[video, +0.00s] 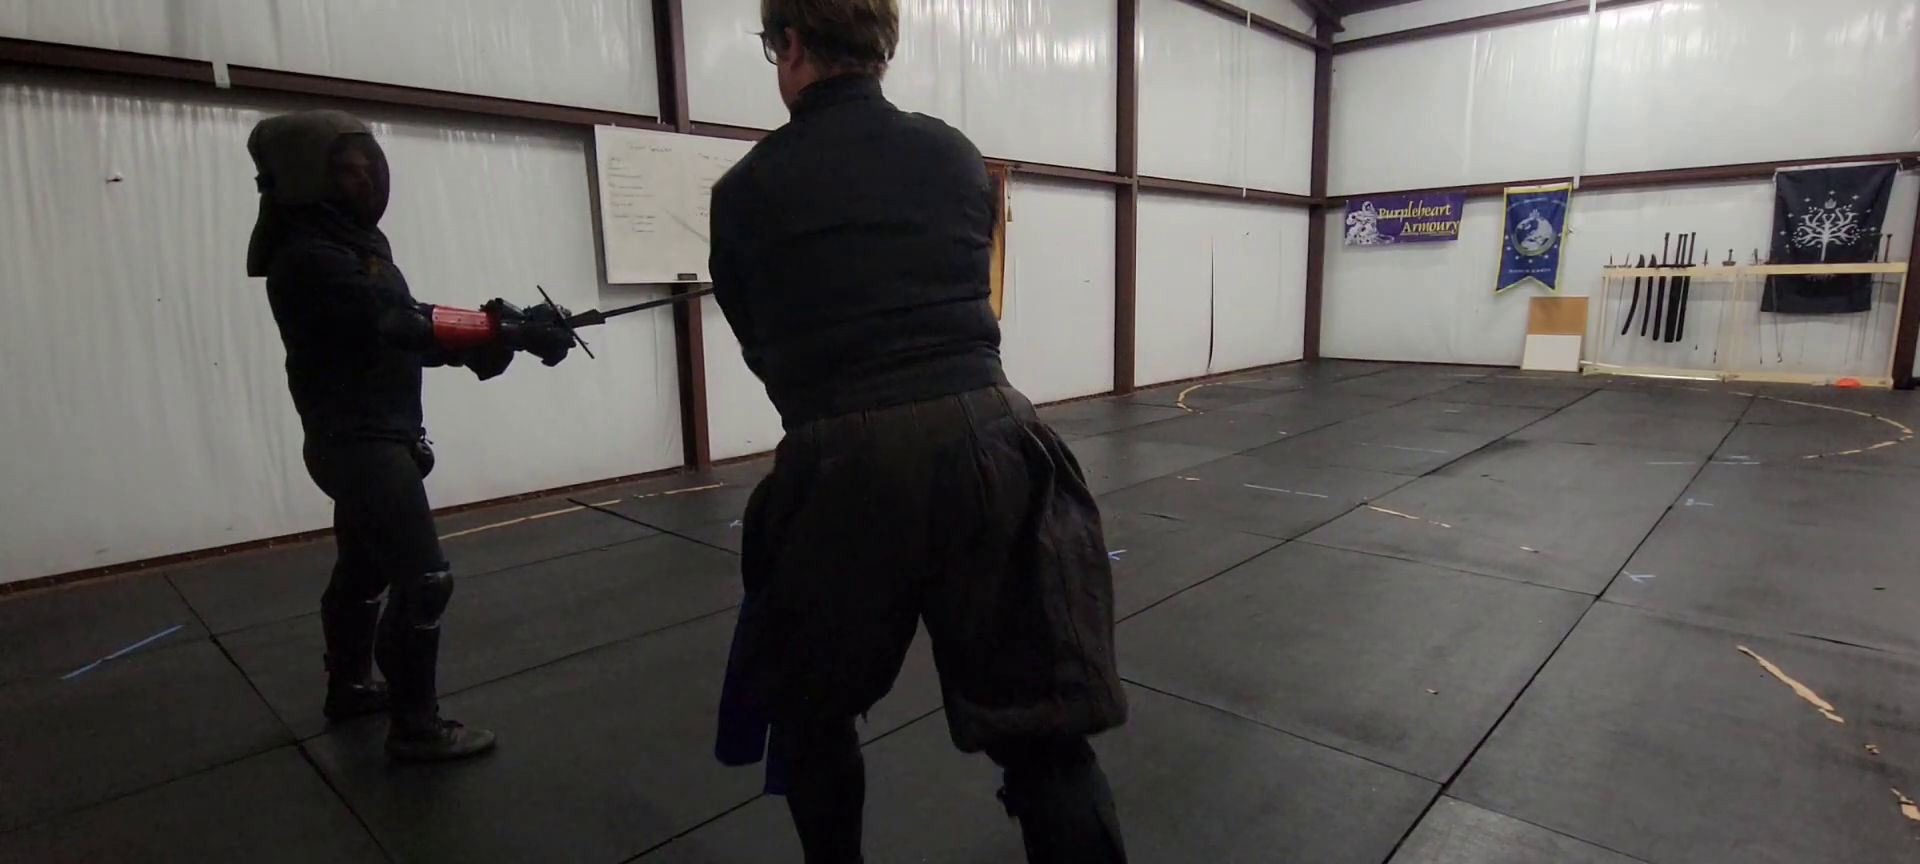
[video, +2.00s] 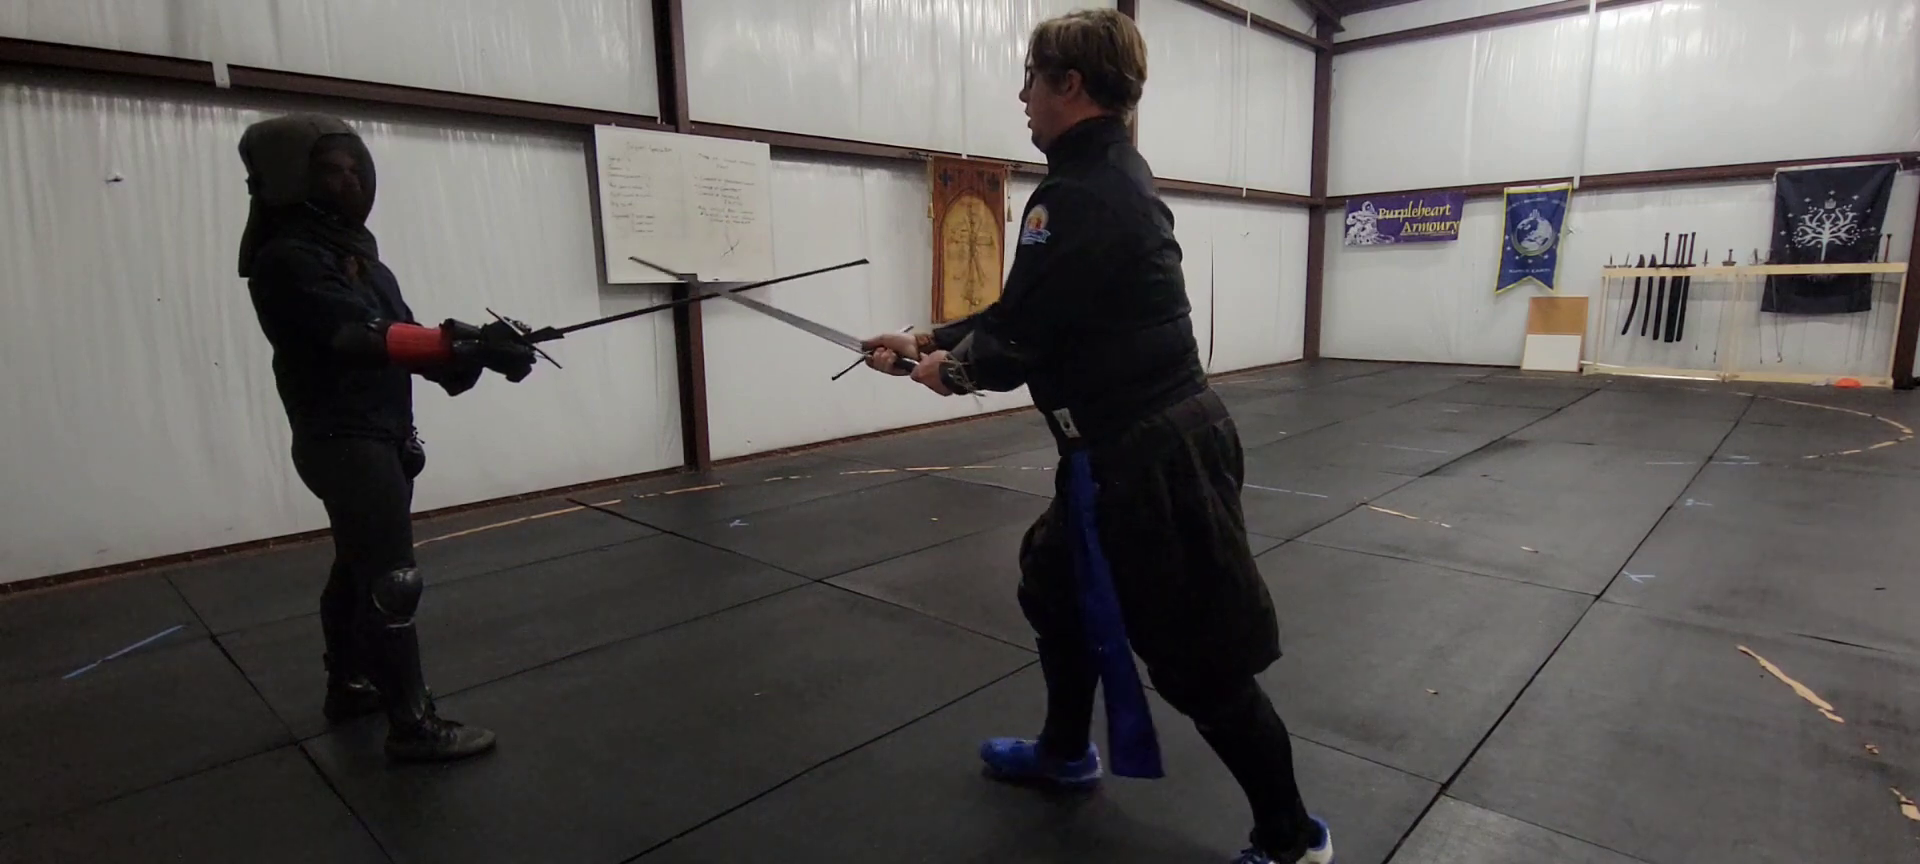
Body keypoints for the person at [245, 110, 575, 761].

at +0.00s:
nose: (377, 178)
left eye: (376, 166)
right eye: (360, 168)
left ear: (373, 173)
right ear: (320, 180)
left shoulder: (356, 244)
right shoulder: (308, 257)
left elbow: (403, 323)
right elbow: (391, 323)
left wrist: (485, 338)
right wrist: (504, 327)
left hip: (382, 440)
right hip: (359, 446)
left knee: (360, 574)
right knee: (422, 583)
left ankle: (350, 690)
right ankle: (416, 728)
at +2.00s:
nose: (355, 182)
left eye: (360, 170)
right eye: (339, 170)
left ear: (365, 180)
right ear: (304, 181)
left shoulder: (353, 248)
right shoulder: (286, 255)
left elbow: (393, 329)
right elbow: (349, 336)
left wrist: (459, 353)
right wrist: (464, 346)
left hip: (380, 436)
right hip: (341, 442)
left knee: (359, 568)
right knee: (392, 581)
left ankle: (349, 687)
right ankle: (411, 724)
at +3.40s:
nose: (373, 180)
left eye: (376, 169)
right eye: (357, 168)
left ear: (380, 177)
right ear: (322, 179)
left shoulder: (348, 250)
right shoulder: (313, 257)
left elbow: (377, 350)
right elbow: (366, 342)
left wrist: (395, 430)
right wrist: (439, 367)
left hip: (370, 439)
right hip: (352, 443)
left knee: (358, 569)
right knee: (395, 580)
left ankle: (350, 688)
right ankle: (410, 722)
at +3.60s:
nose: (389, 181)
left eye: (388, 168)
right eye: (377, 168)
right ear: (346, 176)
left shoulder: (343, 250)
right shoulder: (325, 257)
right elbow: (371, 353)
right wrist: (432, 361)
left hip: (364, 440)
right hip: (361, 445)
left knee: (358, 566)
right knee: (392, 571)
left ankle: (349, 686)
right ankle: (412, 719)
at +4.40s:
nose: (432, 196)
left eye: (433, 183)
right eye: (422, 183)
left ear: (358, 189)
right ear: (389, 188)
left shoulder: (341, 256)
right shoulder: (374, 261)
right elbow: (423, 363)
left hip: (357, 443)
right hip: (382, 447)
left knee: (378, 568)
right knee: (447, 578)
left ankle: (350, 688)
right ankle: (441, 721)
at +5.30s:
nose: (439, 192)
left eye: (437, 180)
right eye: (431, 180)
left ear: (348, 187)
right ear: (407, 189)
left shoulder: (306, 268)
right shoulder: (406, 268)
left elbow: (383, 342)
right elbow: (461, 344)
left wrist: (471, 330)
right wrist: (507, 336)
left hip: (339, 448)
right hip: (398, 451)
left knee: (360, 570)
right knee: (459, 577)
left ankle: (349, 691)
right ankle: (444, 723)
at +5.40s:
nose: (446, 195)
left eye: (444, 182)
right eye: (439, 183)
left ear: (358, 186)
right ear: (419, 191)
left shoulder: (314, 261)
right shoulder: (414, 267)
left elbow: (288, 345)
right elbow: (461, 352)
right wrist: (481, 328)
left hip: (340, 445)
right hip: (398, 449)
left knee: (360, 568)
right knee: (460, 577)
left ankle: (348, 690)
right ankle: (444, 722)